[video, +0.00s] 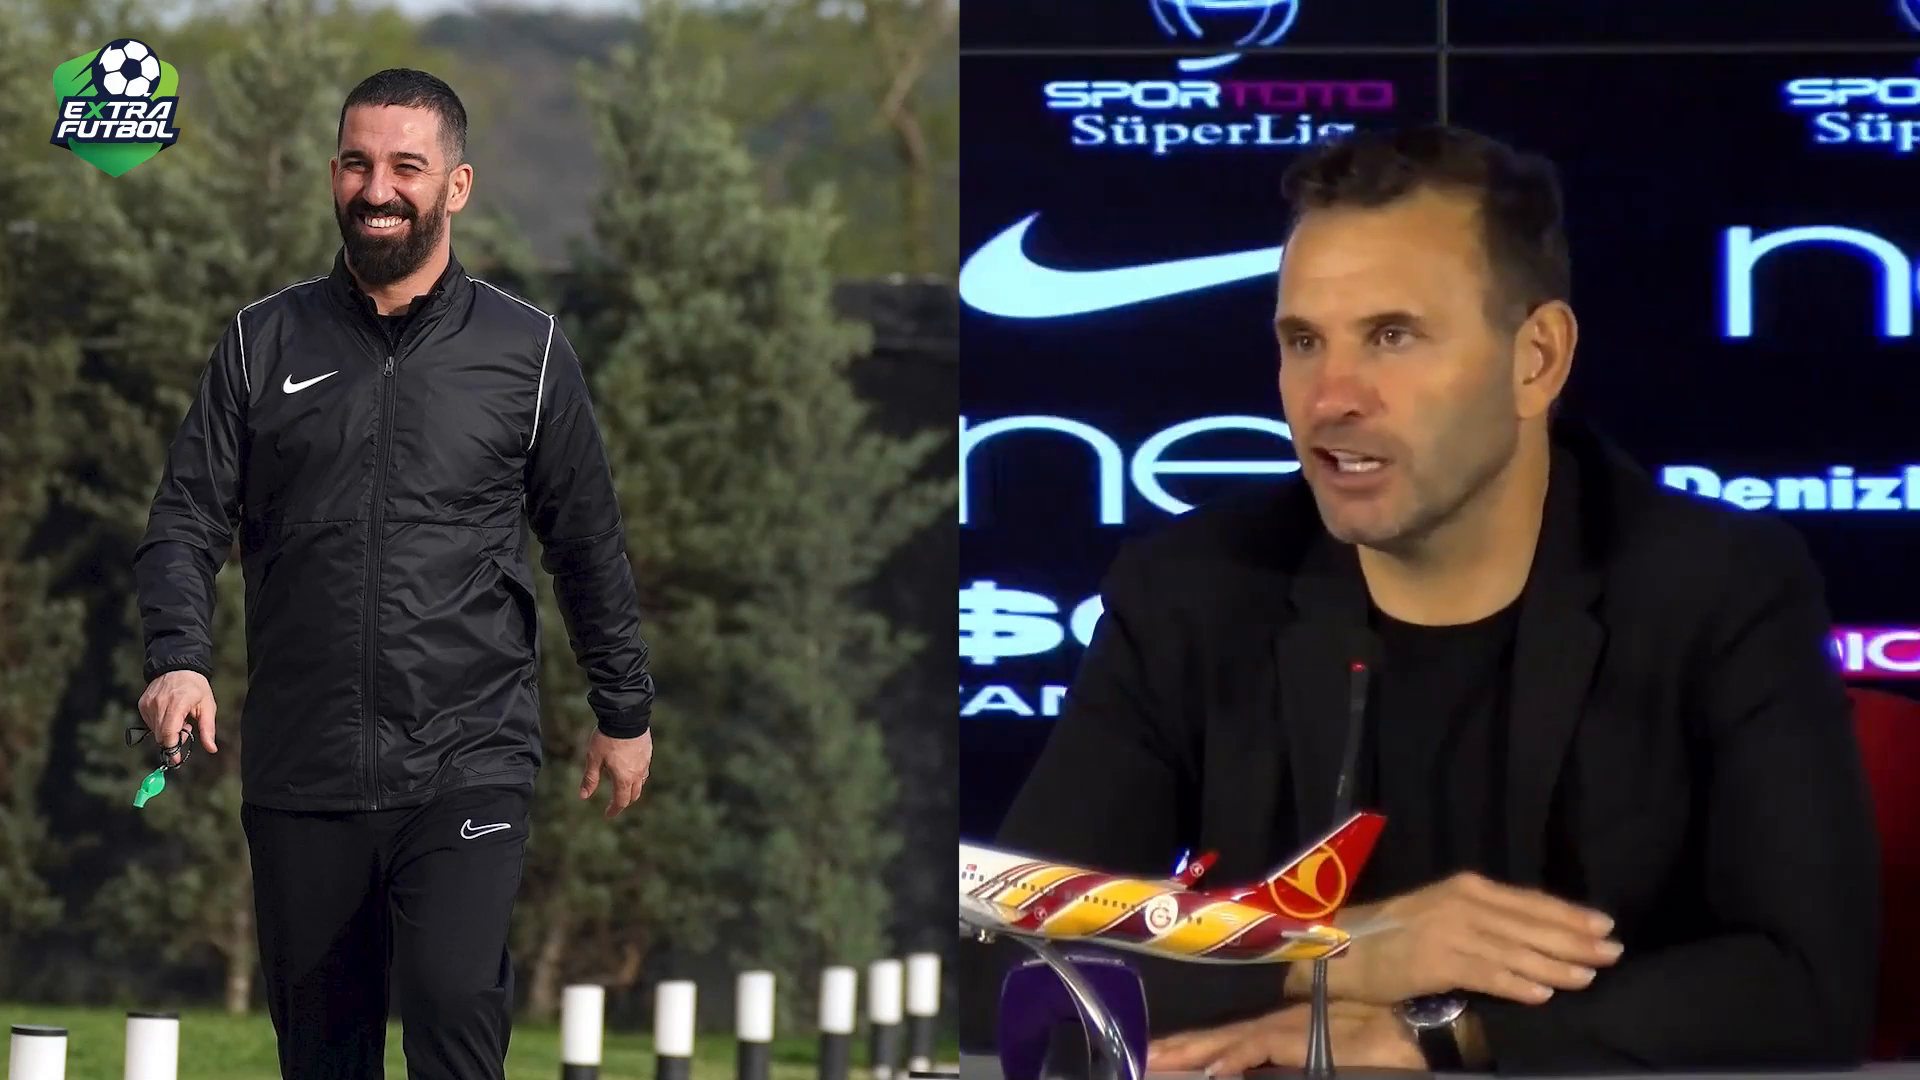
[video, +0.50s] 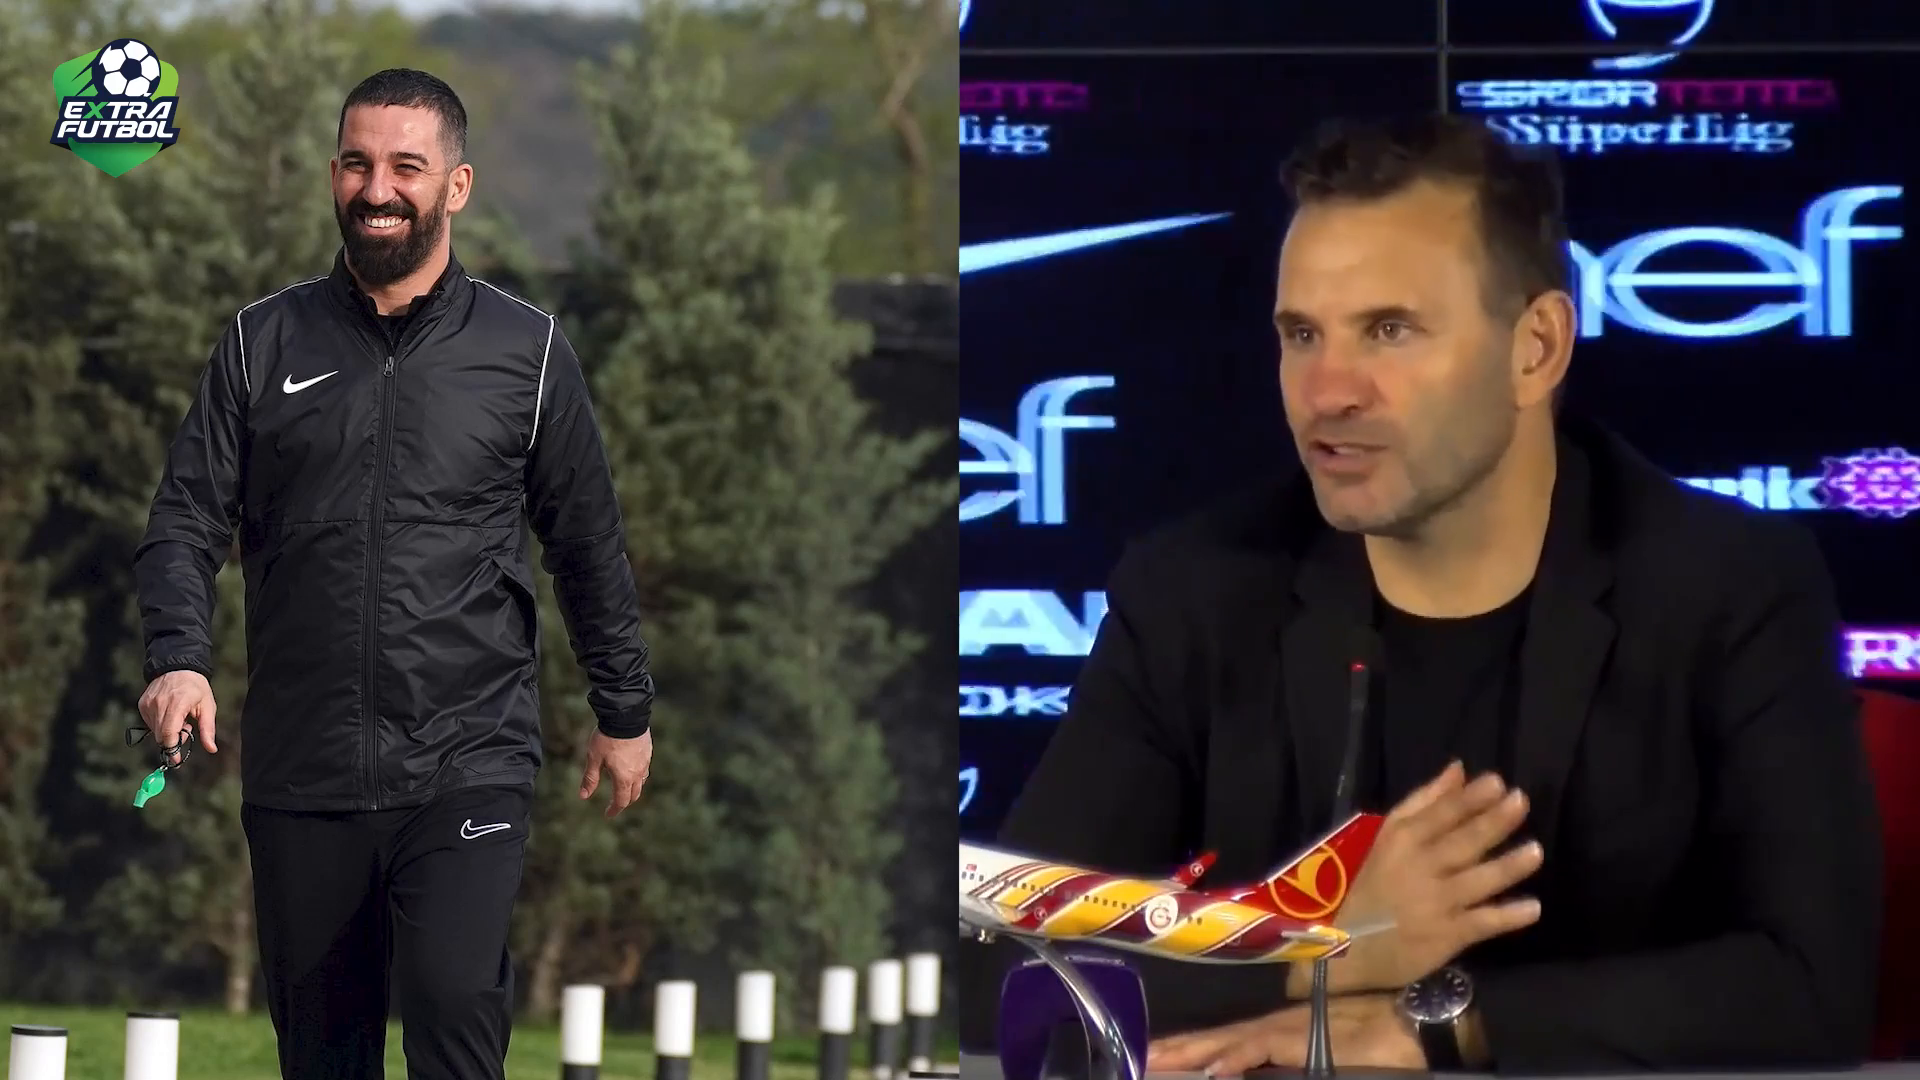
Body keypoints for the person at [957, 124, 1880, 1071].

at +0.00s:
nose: (1327, 396)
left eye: (1391, 337)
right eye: (1302, 341)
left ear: (1537, 361)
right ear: (1276, 350)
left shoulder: (1724, 596)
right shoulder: (1191, 592)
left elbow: (1808, 991)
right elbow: (1018, 956)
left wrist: (1441, 1036)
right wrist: (1333, 957)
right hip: (1252, 1076)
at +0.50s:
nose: (1324, 389)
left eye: (1387, 330)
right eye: (1300, 334)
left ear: (1537, 349)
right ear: (1276, 342)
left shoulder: (1735, 593)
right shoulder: (1193, 593)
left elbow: (1813, 993)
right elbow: (1024, 977)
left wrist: (1436, 1024)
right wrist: (1319, 954)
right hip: (1254, 1075)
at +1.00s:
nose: (1324, 404)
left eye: (1388, 346)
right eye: (1301, 347)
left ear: (1538, 366)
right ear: (1276, 352)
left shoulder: (1731, 597)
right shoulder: (1196, 595)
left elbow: (1807, 995)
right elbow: (1022, 956)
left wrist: (1422, 1039)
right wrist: (1321, 962)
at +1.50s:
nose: (1335, 398)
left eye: (1401, 343)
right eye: (1314, 341)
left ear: (1552, 366)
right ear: (1289, 345)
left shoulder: (1735, 597)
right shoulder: (1200, 591)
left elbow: (1805, 993)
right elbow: (1027, 956)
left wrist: (1426, 1035)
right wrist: (1324, 959)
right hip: (1253, 1078)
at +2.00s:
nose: (1321, 400)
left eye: (1388, 343)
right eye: (1303, 343)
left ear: (1541, 367)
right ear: (1280, 351)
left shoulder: (1737, 599)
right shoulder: (1199, 588)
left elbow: (1807, 992)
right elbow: (1027, 959)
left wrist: (1439, 1026)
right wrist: (1309, 963)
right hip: (1247, 1075)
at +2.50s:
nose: (1348, 400)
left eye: (1410, 340)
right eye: (1318, 345)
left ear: (1550, 359)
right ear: (1287, 357)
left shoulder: (1738, 593)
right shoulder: (1200, 591)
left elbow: (1806, 992)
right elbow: (1024, 953)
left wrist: (1423, 1034)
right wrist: (1326, 955)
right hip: (1258, 1077)